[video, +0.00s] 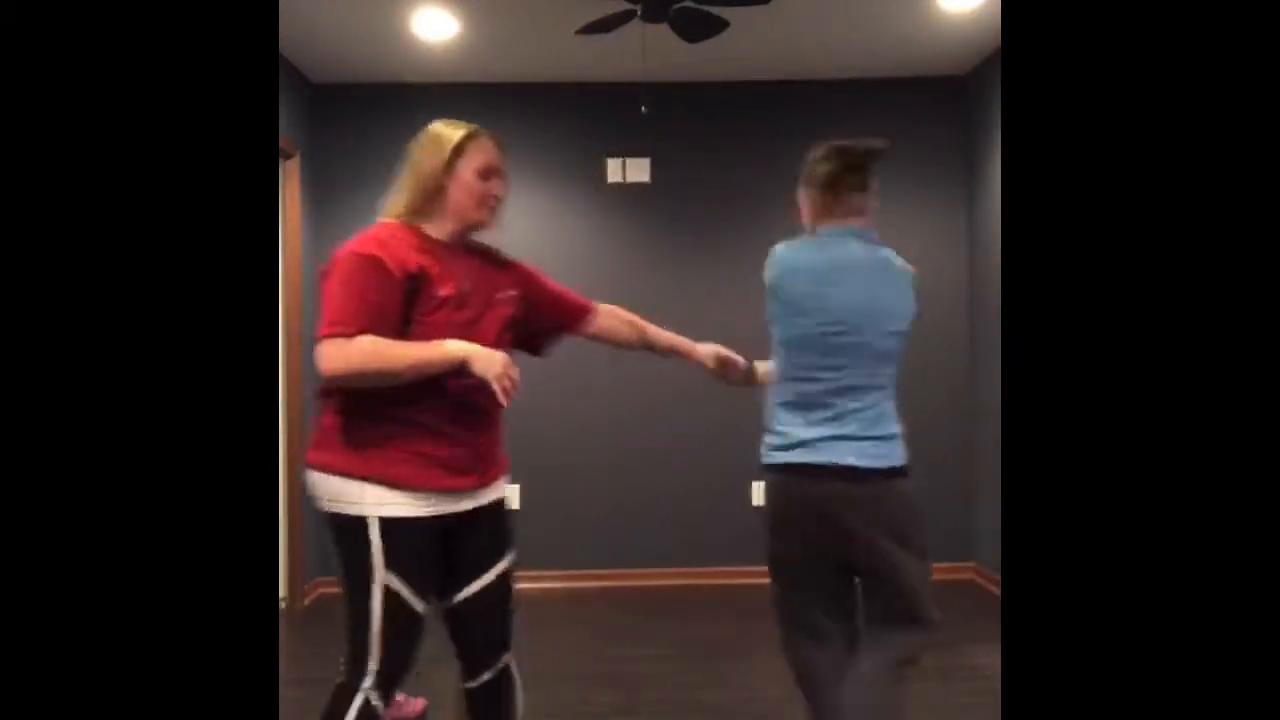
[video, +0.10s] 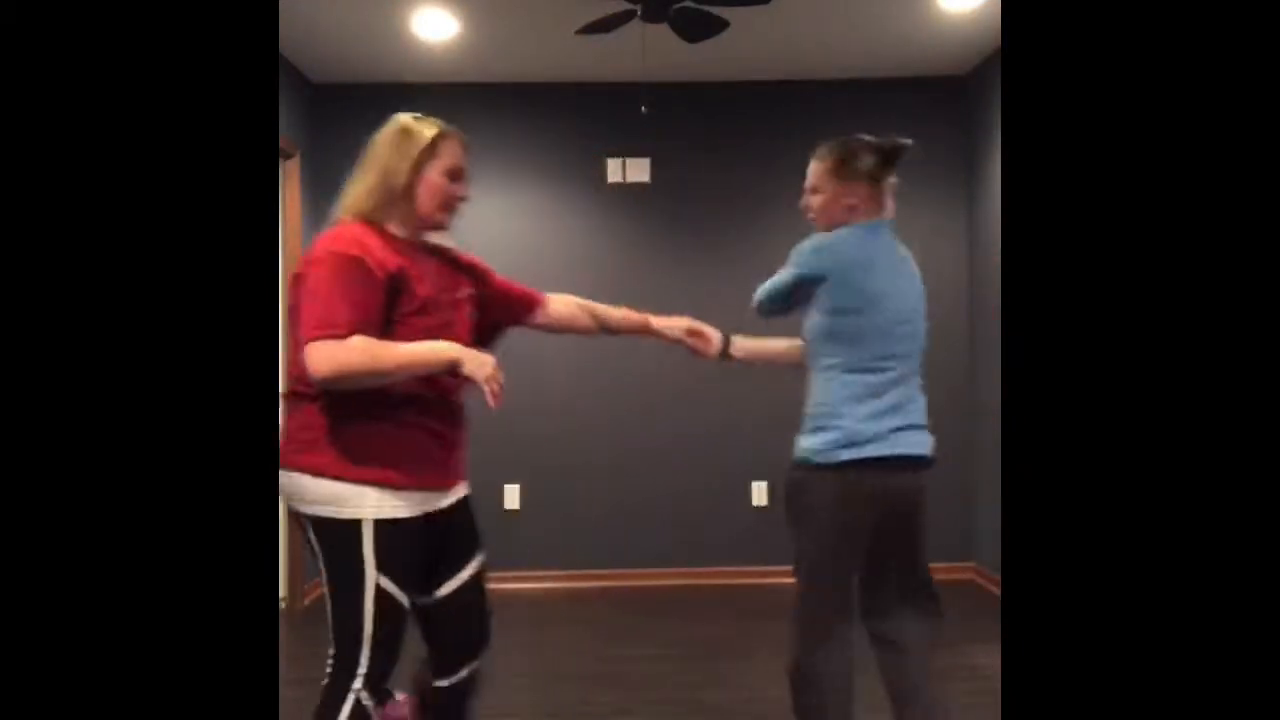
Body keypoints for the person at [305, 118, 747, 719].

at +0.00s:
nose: (498, 189)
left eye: (501, 177)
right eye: (484, 175)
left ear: (503, 186)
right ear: (437, 177)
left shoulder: (499, 274)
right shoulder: (375, 255)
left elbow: (596, 319)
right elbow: (337, 357)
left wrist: (694, 349)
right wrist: (460, 352)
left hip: (474, 494)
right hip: (378, 497)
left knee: (490, 670)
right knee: (376, 674)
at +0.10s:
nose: (462, 192)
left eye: (463, 178)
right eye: (450, 176)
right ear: (402, 174)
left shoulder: (455, 270)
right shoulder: (345, 251)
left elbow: (549, 309)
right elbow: (326, 358)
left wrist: (658, 324)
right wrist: (451, 354)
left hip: (436, 489)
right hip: (351, 493)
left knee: (461, 646)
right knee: (364, 666)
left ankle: (433, 711)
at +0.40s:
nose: (440, 185)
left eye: (439, 173)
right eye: (426, 171)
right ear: (378, 173)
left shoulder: (426, 259)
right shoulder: (331, 266)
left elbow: (496, 329)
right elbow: (299, 387)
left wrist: (588, 315)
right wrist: (429, 409)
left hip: (419, 484)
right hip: (349, 491)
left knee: (457, 631)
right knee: (372, 666)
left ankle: (397, 711)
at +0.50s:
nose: (465, 197)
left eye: (464, 183)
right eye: (454, 181)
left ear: (417, 188)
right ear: (409, 185)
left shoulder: (448, 265)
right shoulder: (367, 272)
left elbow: (500, 357)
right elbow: (329, 387)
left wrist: (557, 339)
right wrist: (440, 439)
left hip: (446, 491)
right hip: (382, 497)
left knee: (501, 623)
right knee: (396, 670)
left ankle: (473, 711)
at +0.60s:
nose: (503, 205)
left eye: (502, 192)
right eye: (491, 191)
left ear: (457, 199)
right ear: (449, 196)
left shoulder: (483, 274)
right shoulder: (413, 278)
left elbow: (487, 384)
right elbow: (381, 394)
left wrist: (529, 365)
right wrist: (476, 467)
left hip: (478, 494)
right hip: (416, 497)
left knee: (538, 618)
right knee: (418, 659)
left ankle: (542, 708)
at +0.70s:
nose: (540, 202)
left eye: (538, 190)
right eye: (528, 190)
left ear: (508, 200)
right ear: (490, 198)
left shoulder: (532, 277)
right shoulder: (448, 284)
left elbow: (573, 371)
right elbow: (435, 398)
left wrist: (566, 341)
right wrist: (509, 478)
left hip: (524, 481)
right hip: (454, 486)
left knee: (569, 610)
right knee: (439, 635)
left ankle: (558, 713)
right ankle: (368, 712)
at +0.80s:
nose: (573, 202)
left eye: (573, 190)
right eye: (559, 191)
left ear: (564, 197)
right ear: (520, 199)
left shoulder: (577, 272)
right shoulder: (480, 284)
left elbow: (606, 368)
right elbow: (472, 396)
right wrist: (533, 474)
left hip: (567, 475)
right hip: (487, 477)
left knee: (590, 608)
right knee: (481, 624)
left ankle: (565, 709)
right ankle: (419, 712)